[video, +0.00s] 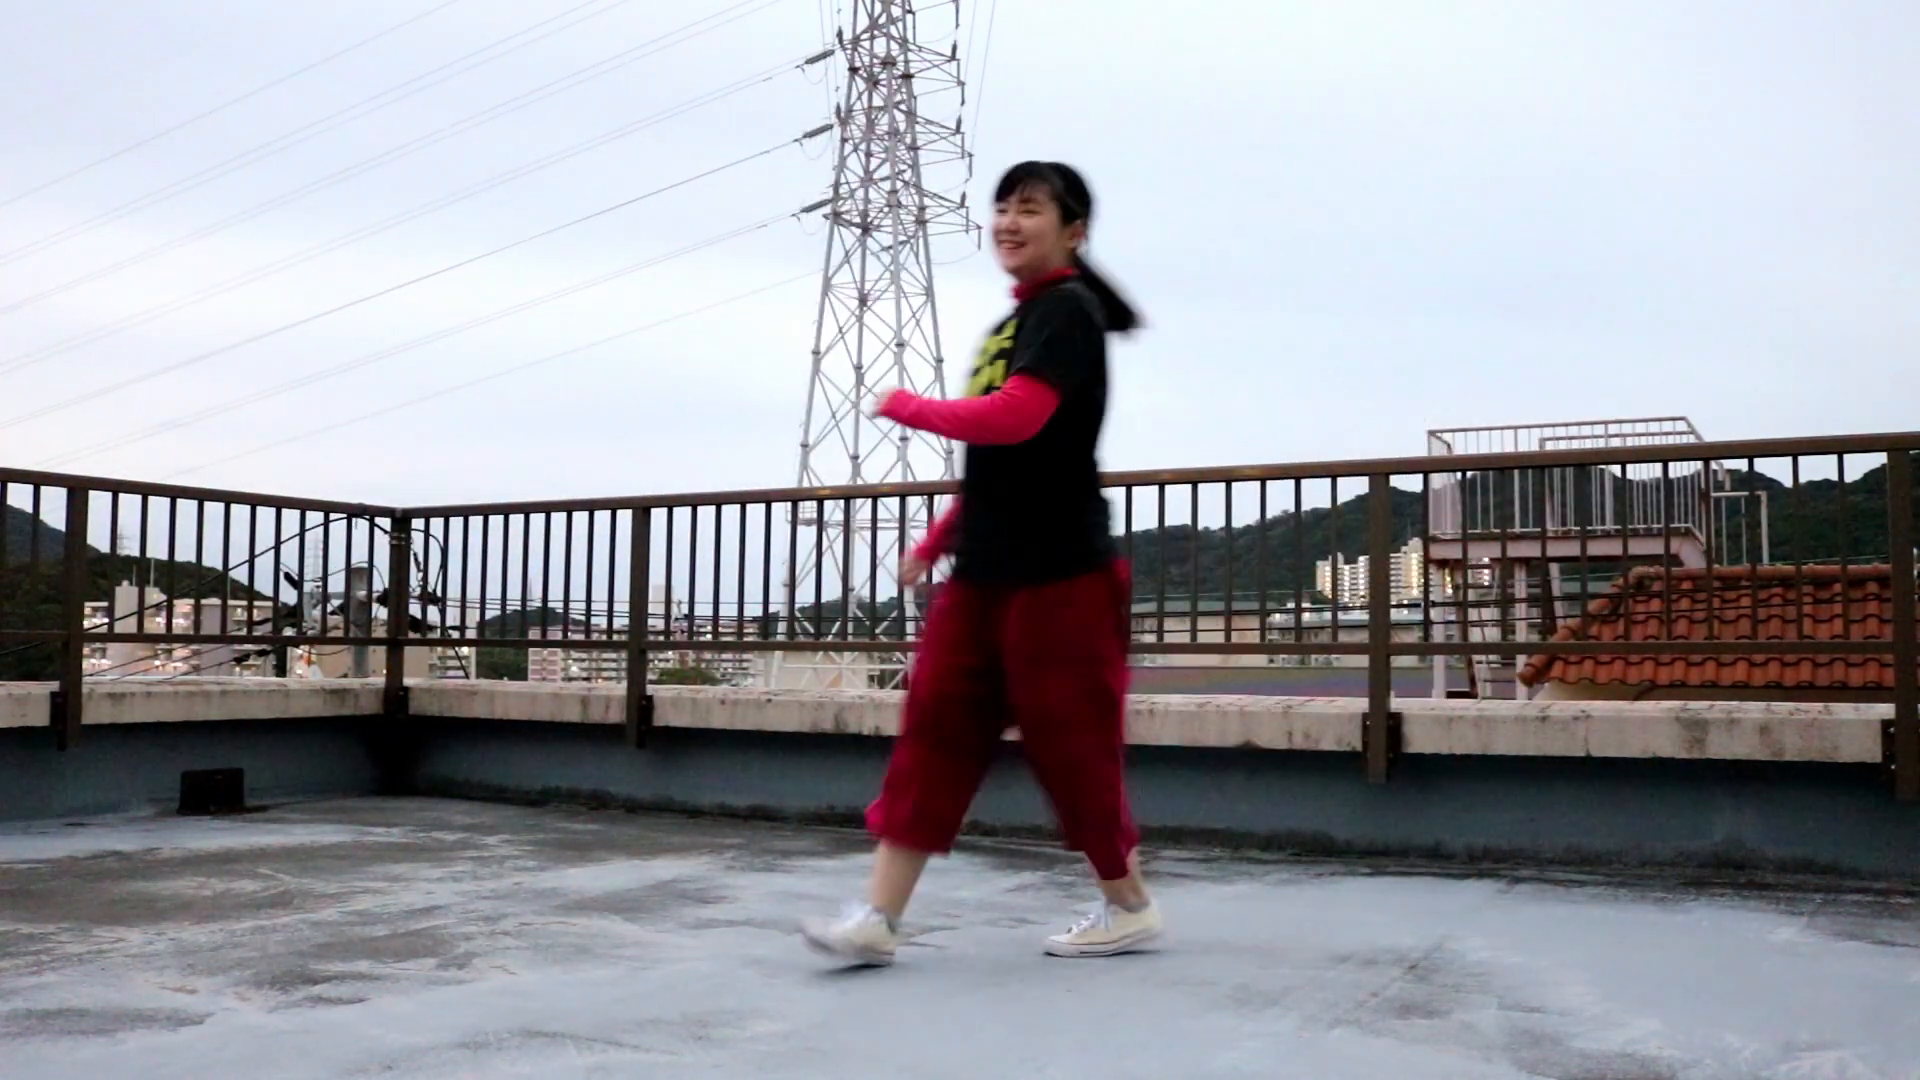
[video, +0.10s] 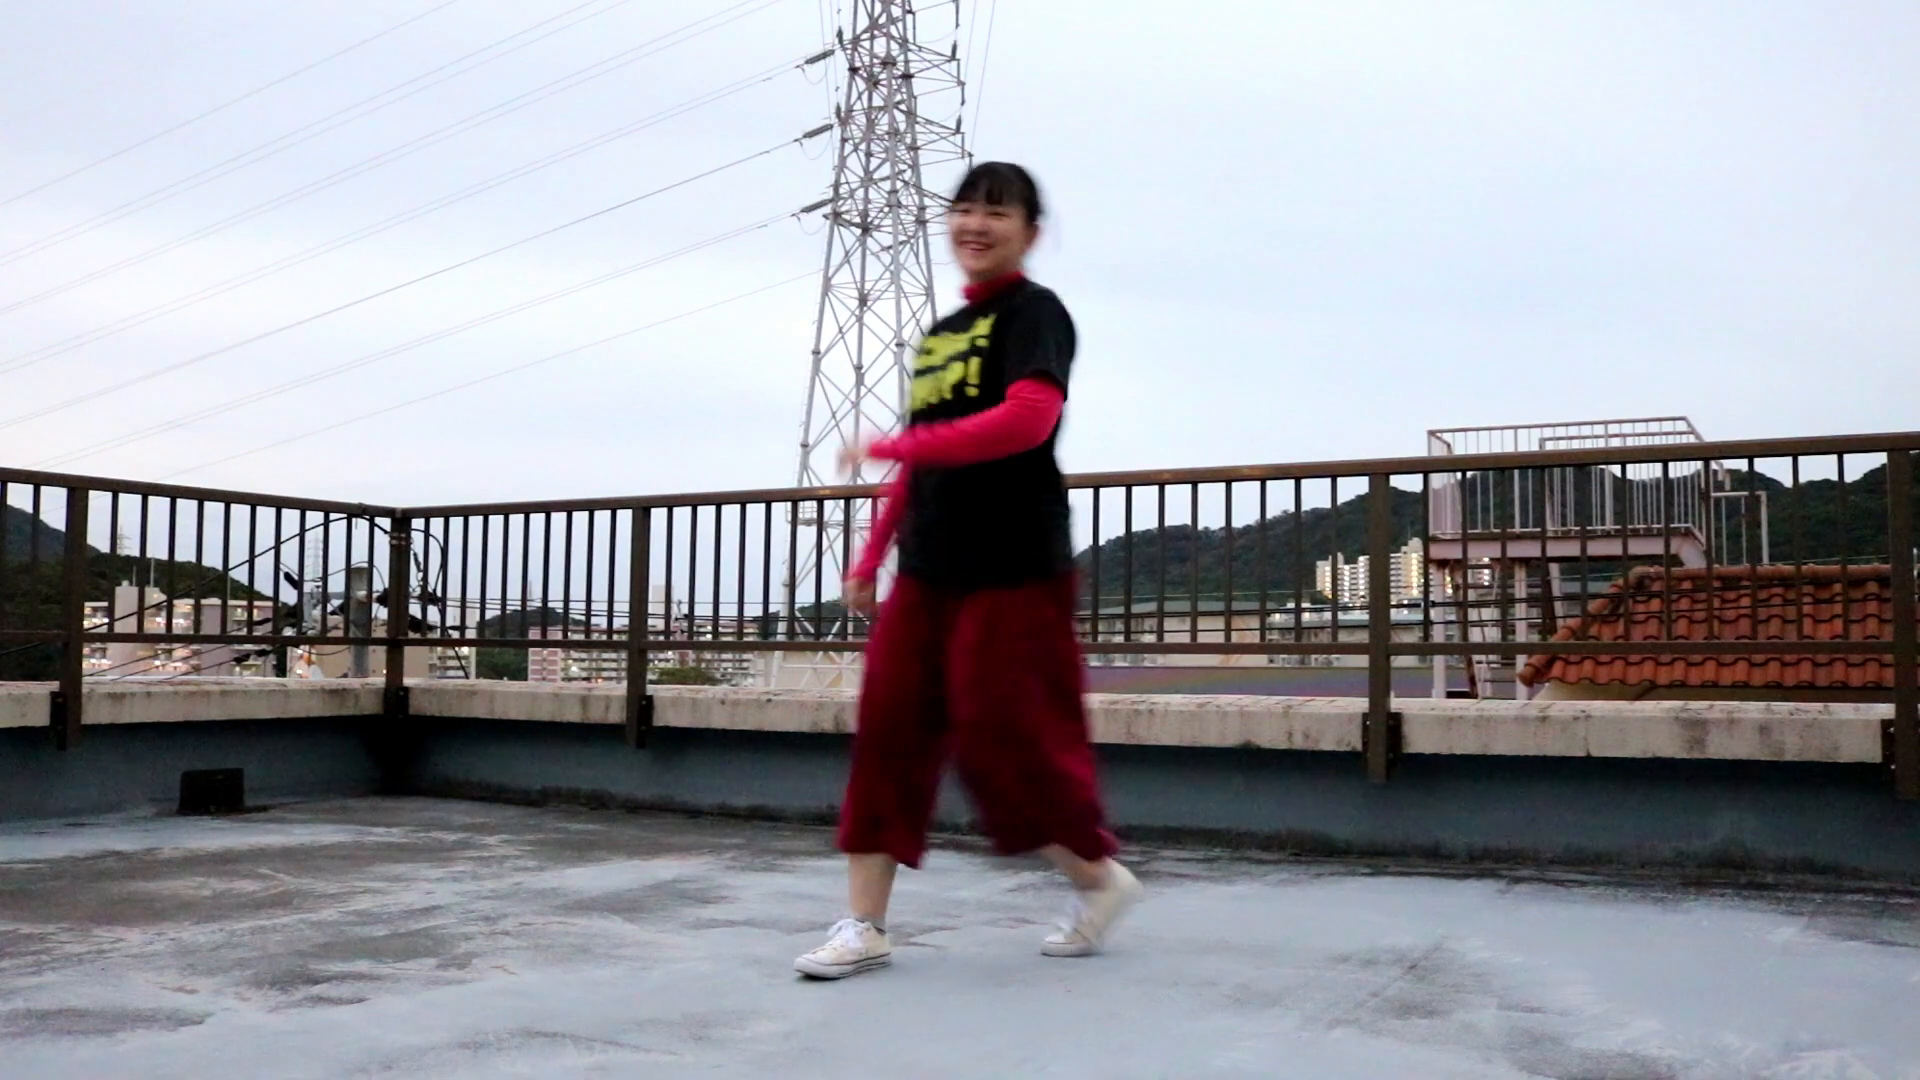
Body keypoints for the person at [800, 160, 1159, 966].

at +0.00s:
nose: (1008, 220)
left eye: (1029, 209)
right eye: (1003, 207)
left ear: (1072, 230)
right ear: (995, 224)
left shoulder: (1068, 314)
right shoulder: (1018, 323)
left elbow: (1023, 412)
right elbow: (1003, 466)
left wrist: (919, 410)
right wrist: (937, 539)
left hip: (1059, 569)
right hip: (986, 568)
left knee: (1067, 734)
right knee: (937, 726)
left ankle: (1131, 905)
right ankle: (878, 916)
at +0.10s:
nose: (976, 221)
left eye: (998, 210)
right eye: (965, 208)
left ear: (1031, 231)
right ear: (948, 225)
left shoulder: (1036, 312)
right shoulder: (937, 338)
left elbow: (1030, 416)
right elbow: (922, 454)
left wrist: (897, 444)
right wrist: (873, 553)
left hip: (1011, 565)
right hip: (927, 563)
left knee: (999, 728)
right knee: (888, 725)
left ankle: (1102, 881)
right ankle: (866, 923)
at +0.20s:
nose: (938, 210)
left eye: (958, 198)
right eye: (924, 197)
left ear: (986, 217)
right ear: (903, 215)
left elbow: (1032, 413)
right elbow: (847, 445)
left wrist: (984, 513)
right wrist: (805, 546)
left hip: (980, 555)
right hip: (892, 555)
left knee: (939, 712)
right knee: (862, 723)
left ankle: (1032, 849)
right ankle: (865, 925)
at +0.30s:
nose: (904, 195)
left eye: (922, 182)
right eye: (889, 182)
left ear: (953, 201)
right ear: (866, 203)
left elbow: (1045, 405)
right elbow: (804, 426)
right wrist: (752, 527)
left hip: (970, 543)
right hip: (872, 546)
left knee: (915, 695)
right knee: (856, 714)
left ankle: (957, 874)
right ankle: (865, 924)